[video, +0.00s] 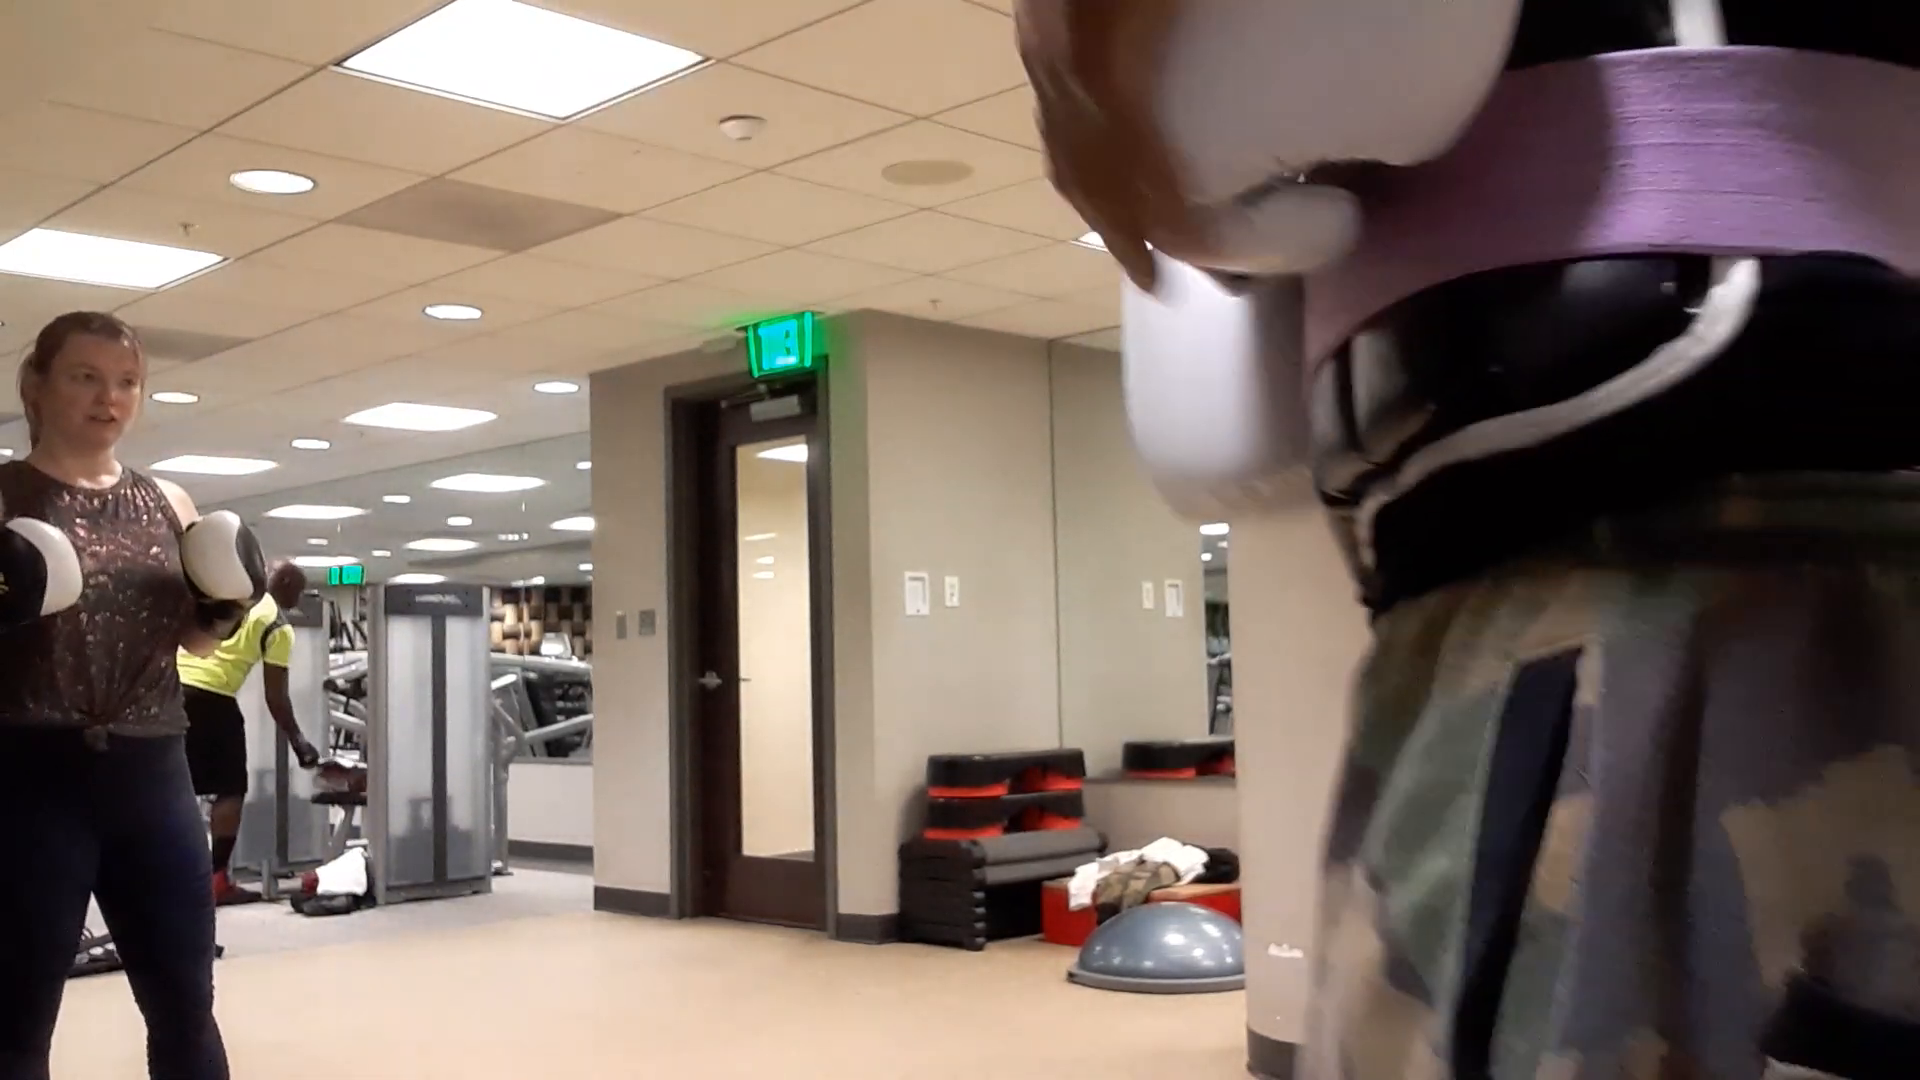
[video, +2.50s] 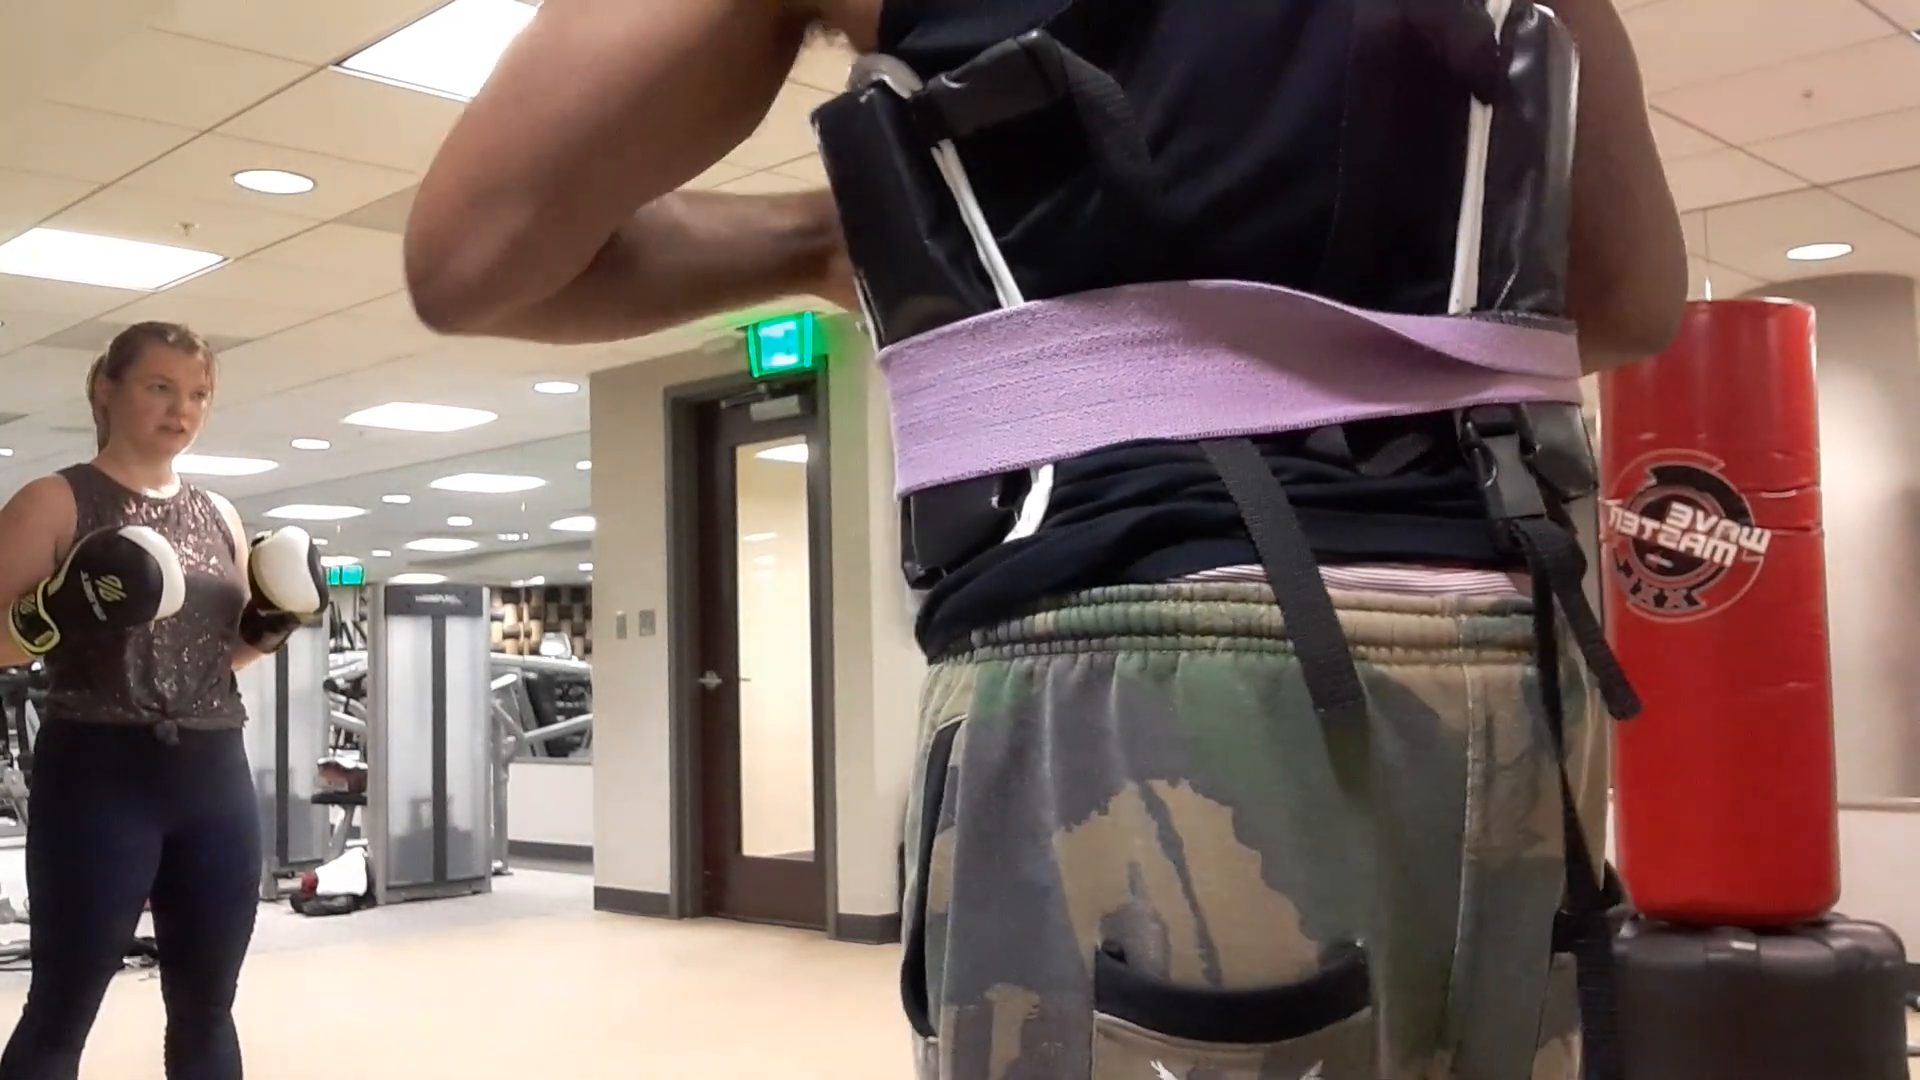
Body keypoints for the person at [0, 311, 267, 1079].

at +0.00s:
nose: (108, 400)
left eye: (125, 385)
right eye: (85, 379)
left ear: (140, 400)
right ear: (34, 387)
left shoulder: (168, 502)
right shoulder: (10, 492)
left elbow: (197, 638)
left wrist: (225, 599)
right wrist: (10, 587)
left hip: (151, 772)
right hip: (32, 772)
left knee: (185, 1007)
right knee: (21, 1019)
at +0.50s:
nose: (167, 401)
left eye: (183, 386)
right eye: (145, 382)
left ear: (195, 400)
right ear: (95, 392)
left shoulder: (221, 508)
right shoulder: (45, 505)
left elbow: (236, 651)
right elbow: (4, 648)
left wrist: (280, 608)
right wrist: (49, 608)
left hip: (212, 780)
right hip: (89, 780)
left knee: (206, 1010)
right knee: (60, 1008)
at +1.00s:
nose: (184, 407)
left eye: (201, 392)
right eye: (162, 386)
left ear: (214, 406)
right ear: (112, 394)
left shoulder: (232, 514)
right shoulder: (65, 503)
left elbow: (241, 658)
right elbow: (6, 649)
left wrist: (288, 613)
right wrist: (64, 605)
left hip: (229, 781)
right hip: (107, 781)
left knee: (214, 1013)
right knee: (67, 1013)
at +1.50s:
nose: (180, 408)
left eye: (195, 393)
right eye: (158, 388)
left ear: (208, 406)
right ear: (106, 393)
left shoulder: (224, 516)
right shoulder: (57, 501)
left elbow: (224, 660)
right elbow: (3, 645)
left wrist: (281, 616)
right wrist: (61, 606)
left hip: (220, 777)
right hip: (99, 777)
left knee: (209, 1013)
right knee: (63, 1010)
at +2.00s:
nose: (180, 408)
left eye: (195, 394)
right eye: (158, 388)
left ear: (206, 407)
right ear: (104, 394)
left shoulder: (223, 518)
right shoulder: (54, 503)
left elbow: (224, 661)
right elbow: (3, 648)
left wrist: (278, 615)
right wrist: (63, 608)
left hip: (218, 776)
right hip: (96, 776)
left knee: (208, 1011)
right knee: (61, 1013)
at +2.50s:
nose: (182, 409)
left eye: (197, 395)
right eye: (160, 388)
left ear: (207, 408)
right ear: (105, 392)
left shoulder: (221, 518)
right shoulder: (53, 503)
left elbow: (220, 660)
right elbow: (4, 646)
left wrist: (277, 617)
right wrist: (62, 609)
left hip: (216, 777)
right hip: (95, 777)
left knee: (207, 1010)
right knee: (61, 1011)